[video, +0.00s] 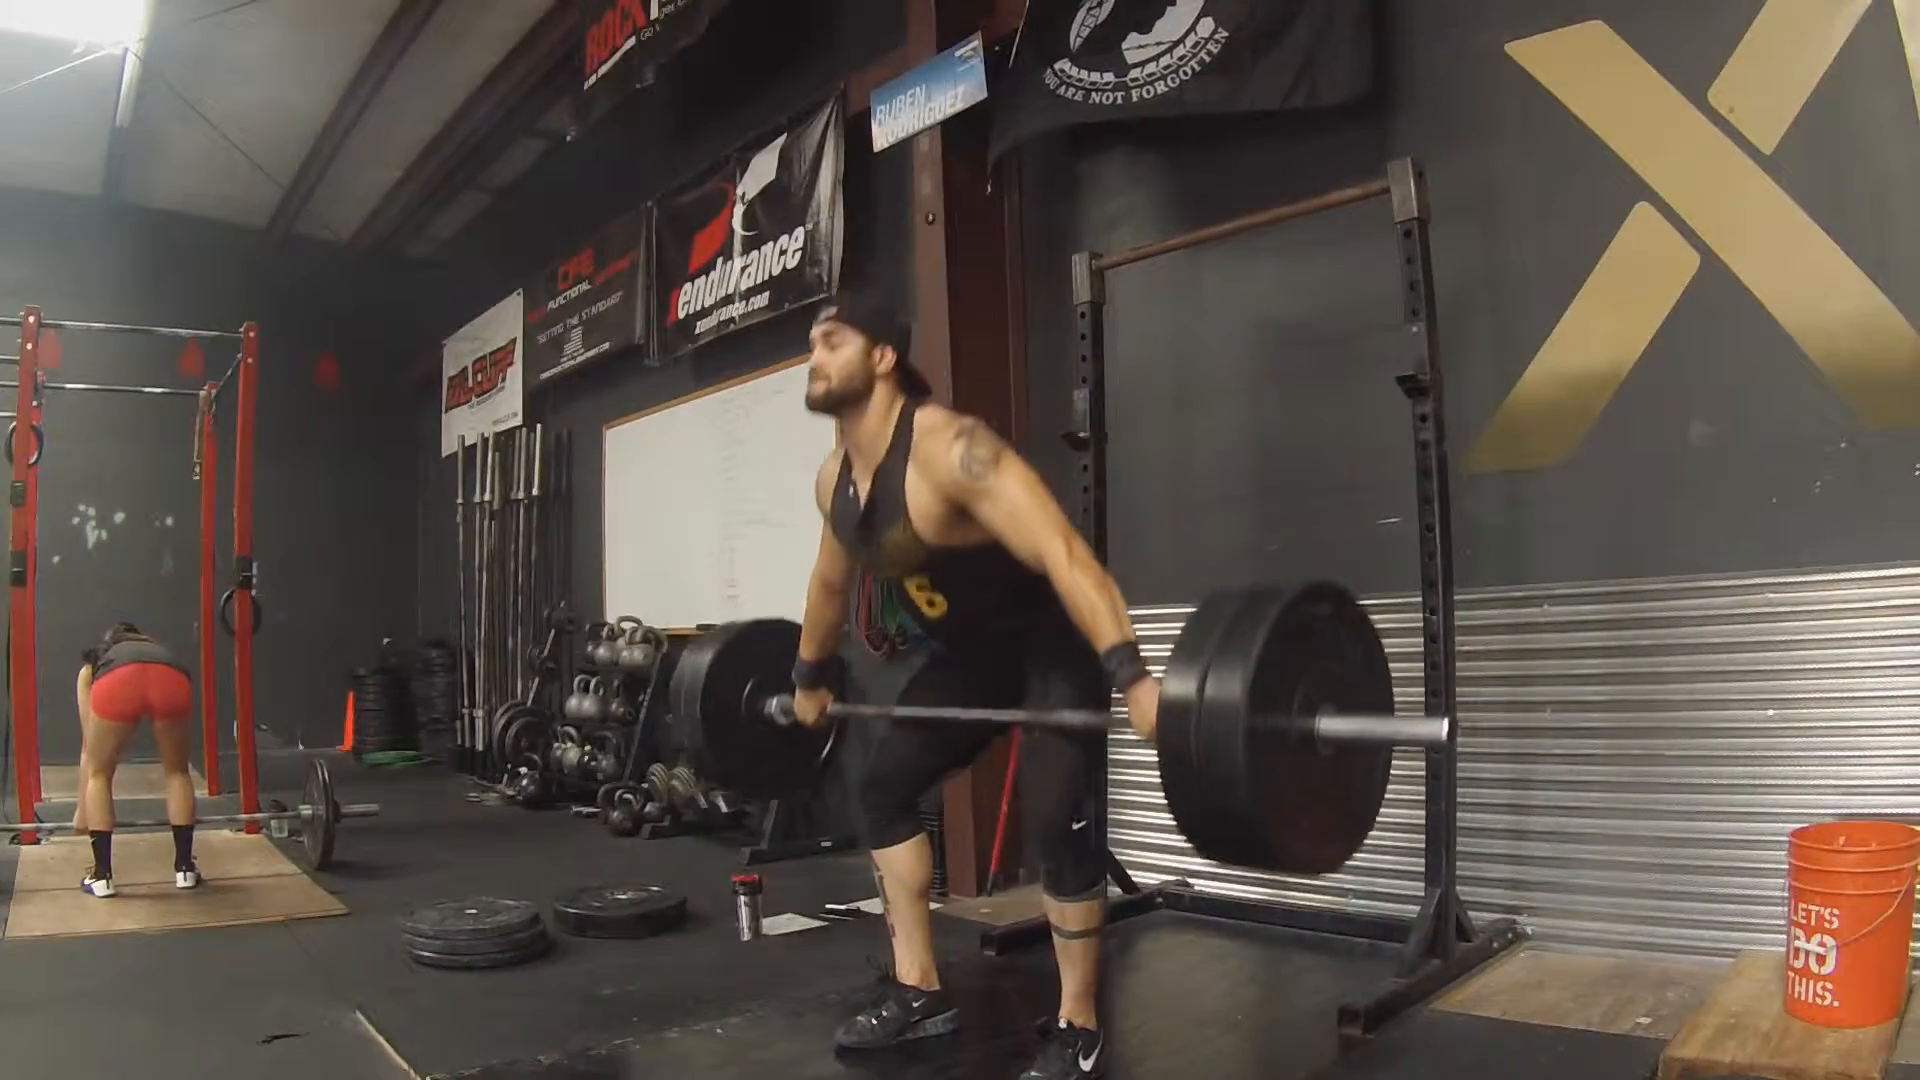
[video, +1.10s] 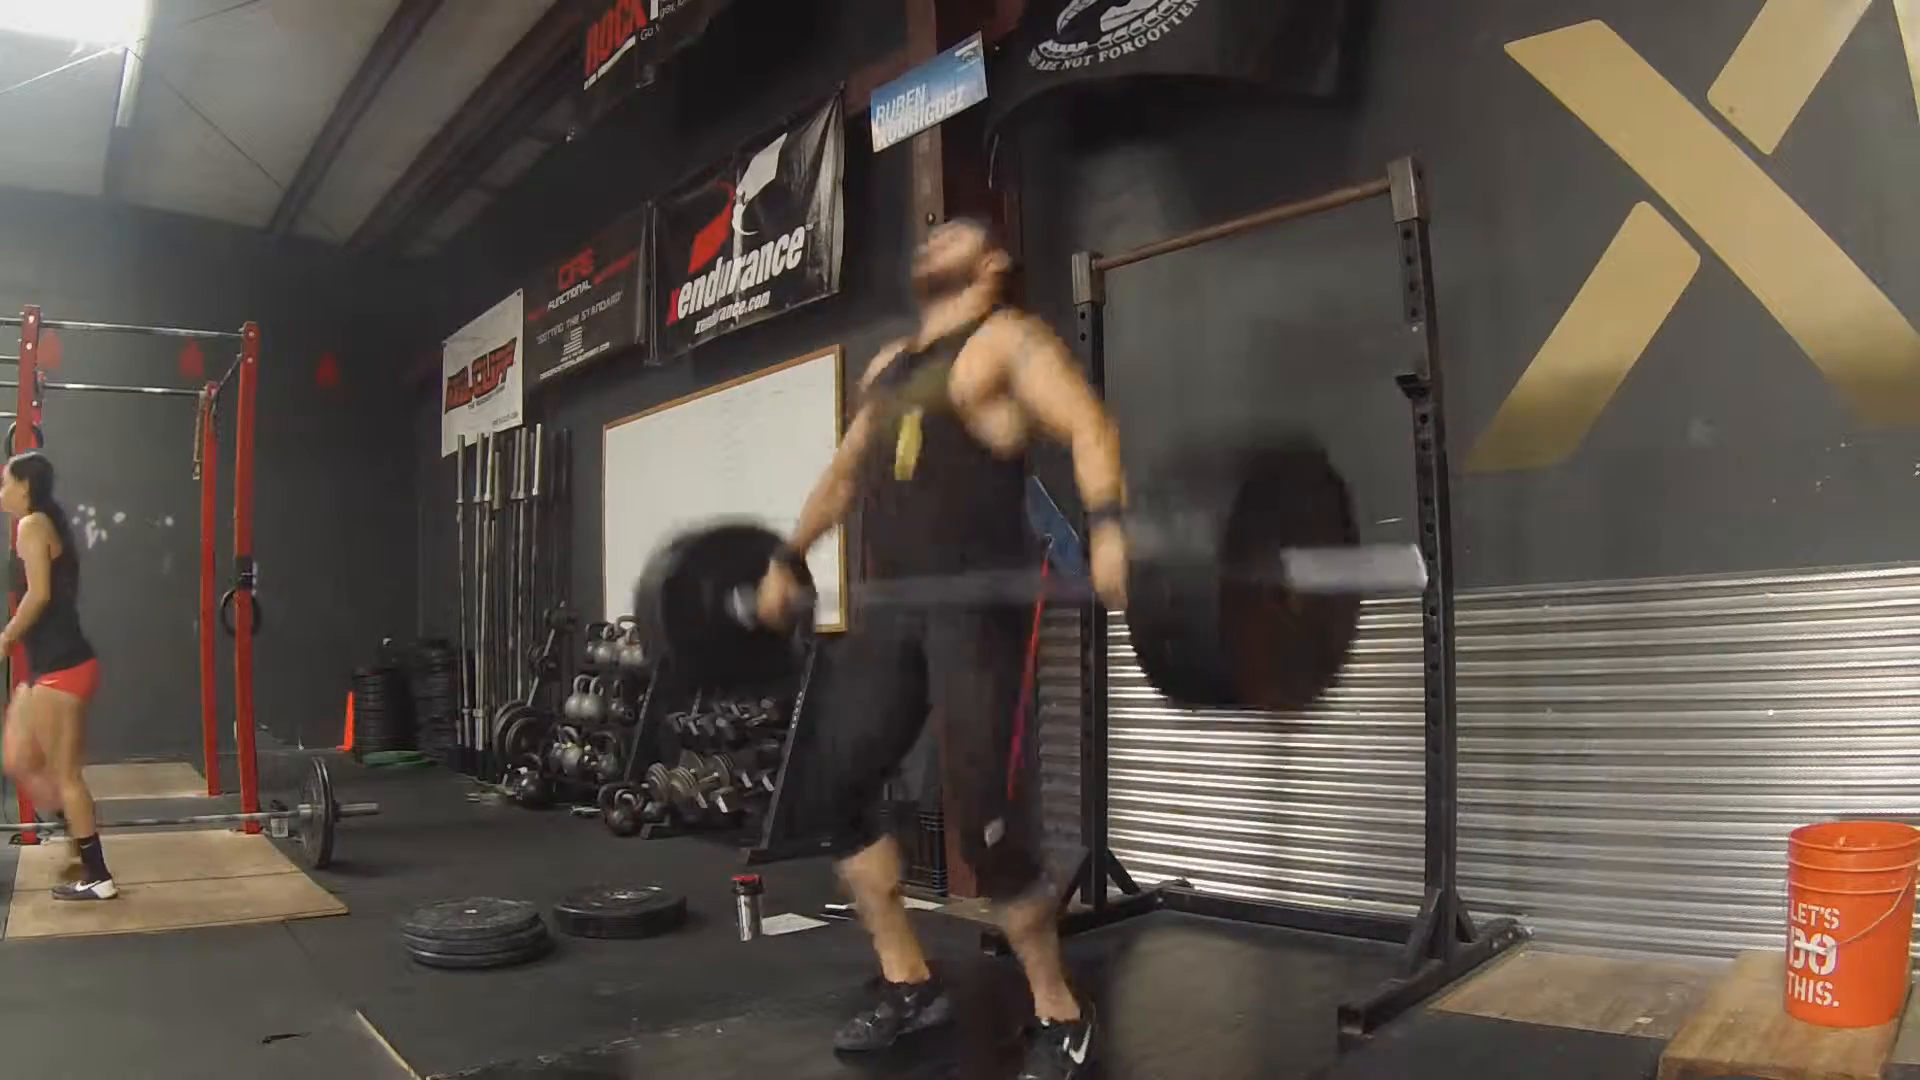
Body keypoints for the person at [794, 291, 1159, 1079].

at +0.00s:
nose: (812, 359)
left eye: (831, 344)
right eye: (811, 348)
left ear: (883, 360)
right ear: (821, 371)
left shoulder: (955, 447)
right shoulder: (839, 476)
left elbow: (1064, 553)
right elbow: (829, 586)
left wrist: (1131, 675)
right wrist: (809, 678)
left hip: (1053, 641)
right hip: (967, 649)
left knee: (1062, 821)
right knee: (885, 783)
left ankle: (1079, 1026)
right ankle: (918, 991)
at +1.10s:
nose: (931, 245)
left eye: (951, 236)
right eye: (925, 239)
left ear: (993, 263)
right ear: (918, 272)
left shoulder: (1012, 338)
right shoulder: (890, 363)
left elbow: (1089, 429)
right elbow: (847, 468)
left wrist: (1106, 532)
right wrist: (790, 552)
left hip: (979, 614)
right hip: (888, 615)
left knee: (988, 825)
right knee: (837, 793)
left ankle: (1059, 1014)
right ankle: (907, 983)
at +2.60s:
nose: (763, 518)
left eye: (777, 496)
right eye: (756, 501)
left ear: (833, 492)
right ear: (754, 503)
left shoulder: (910, 534)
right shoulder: (815, 558)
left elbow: (1001, 453)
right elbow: (746, 487)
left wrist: (1088, 334)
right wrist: (743, 415)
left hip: (1011, 751)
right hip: (912, 763)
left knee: (958, 867)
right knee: (787, 837)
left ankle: (1051, 1031)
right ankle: (893, 991)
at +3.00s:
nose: (775, 401)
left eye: (787, 381)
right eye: (766, 387)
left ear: (842, 369)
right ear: (769, 392)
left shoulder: (921, 413)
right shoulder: (811, 446)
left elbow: (1008, 325)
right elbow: (752, 379)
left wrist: (1101, 210)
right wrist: (750, 309)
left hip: (1011, 657)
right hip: (919, 676)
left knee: (987, 841)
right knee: (813, 813)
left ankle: (1055, 1031)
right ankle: (895, 993)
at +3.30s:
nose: (791, 318)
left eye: (802, 298)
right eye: (783, 307)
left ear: (854, 283)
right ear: (792, 311)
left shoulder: (938, 325)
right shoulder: (832, 365)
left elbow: (1016, 226)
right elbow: (764, 303)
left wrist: (1112, 117)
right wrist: (760, 230)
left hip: (1000, 598)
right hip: (910, 623)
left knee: (1005, 821)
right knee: (853, 796)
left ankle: (1057, 1032)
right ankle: (899, 997)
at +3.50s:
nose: (807, 292)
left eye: (817, 271)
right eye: (797, 280)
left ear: (868, 255)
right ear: (813, 280)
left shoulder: (949, 290)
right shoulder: (853, 334)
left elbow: (1026, 188)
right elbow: (779, 268)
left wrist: (1115, 80)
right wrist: (769, 200)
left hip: (985, 588)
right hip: (900, 608)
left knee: (1008, 795)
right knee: (879, 787)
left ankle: (1057, 1031)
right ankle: (899, 998)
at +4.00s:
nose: (953, 255)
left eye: (968, 241)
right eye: (947, 244)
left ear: (1016, 250)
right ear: (953, 260)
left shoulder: (1056, 311)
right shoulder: (947, 332)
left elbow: (1149, 285)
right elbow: (868, 324)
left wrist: (1142, 185)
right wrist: (792, 273)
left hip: (1051, 596)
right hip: (965, 603)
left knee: (1068, 794)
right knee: (923, 774)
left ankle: (1098, 1017)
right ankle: (926, 972)